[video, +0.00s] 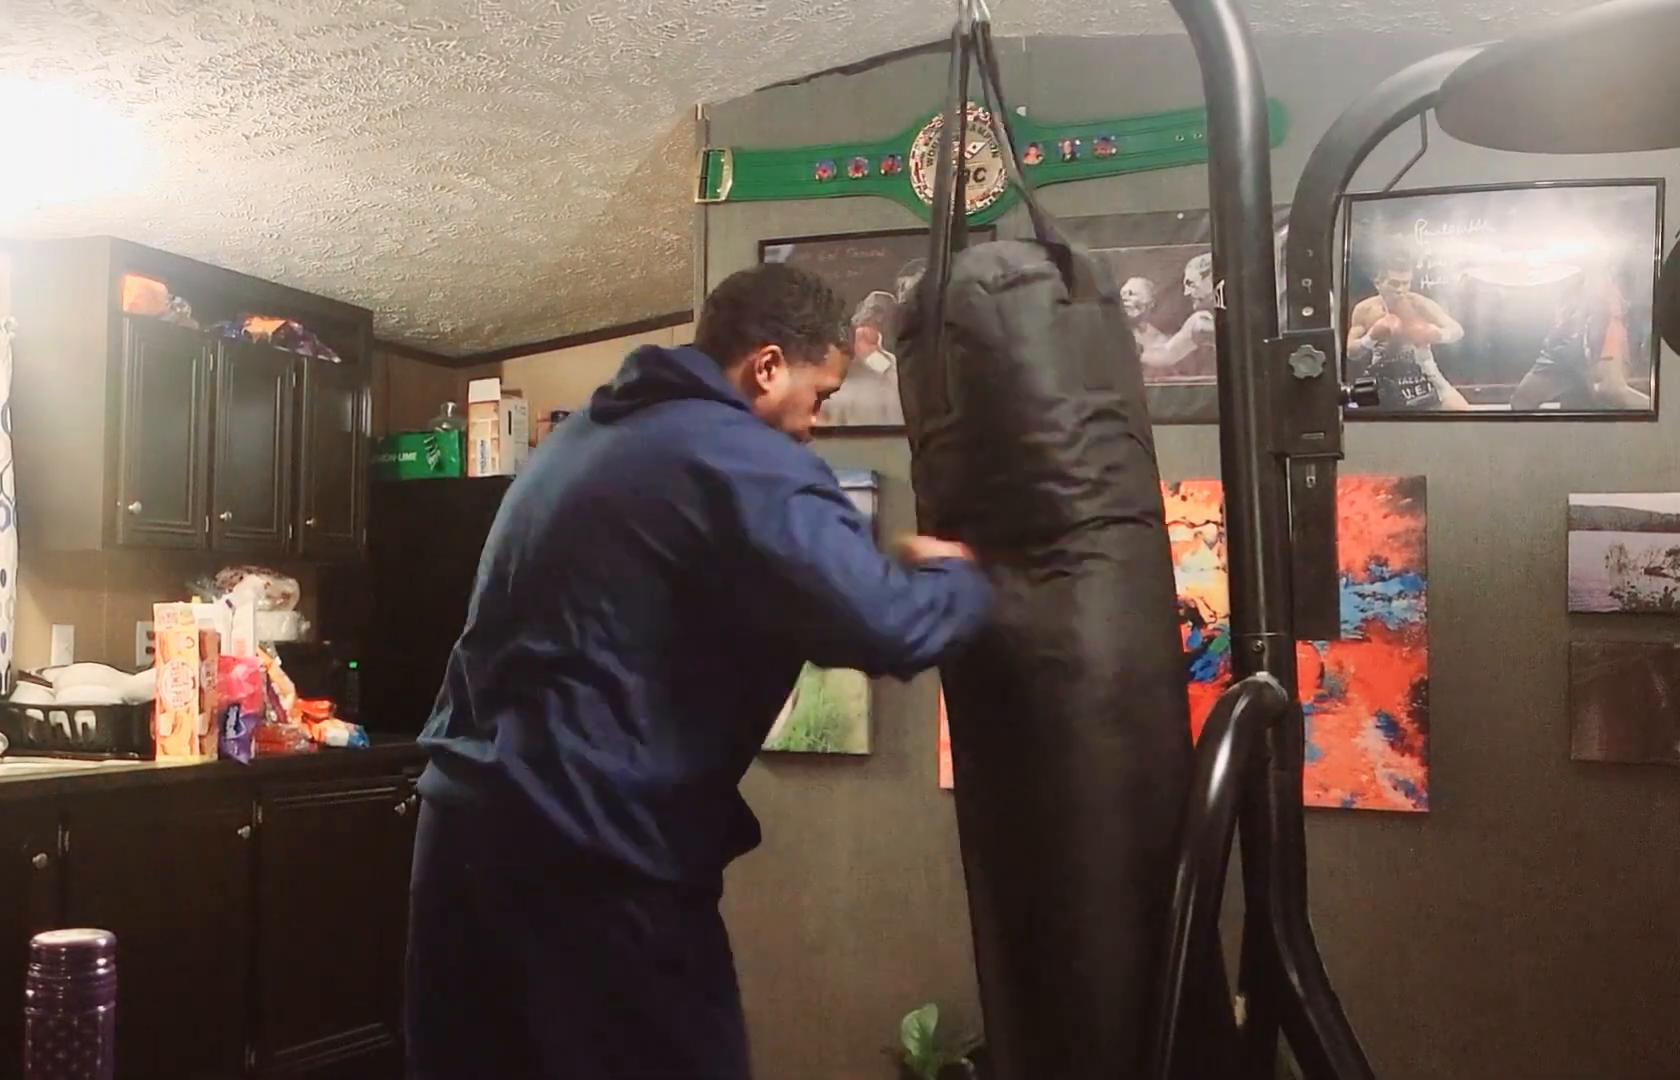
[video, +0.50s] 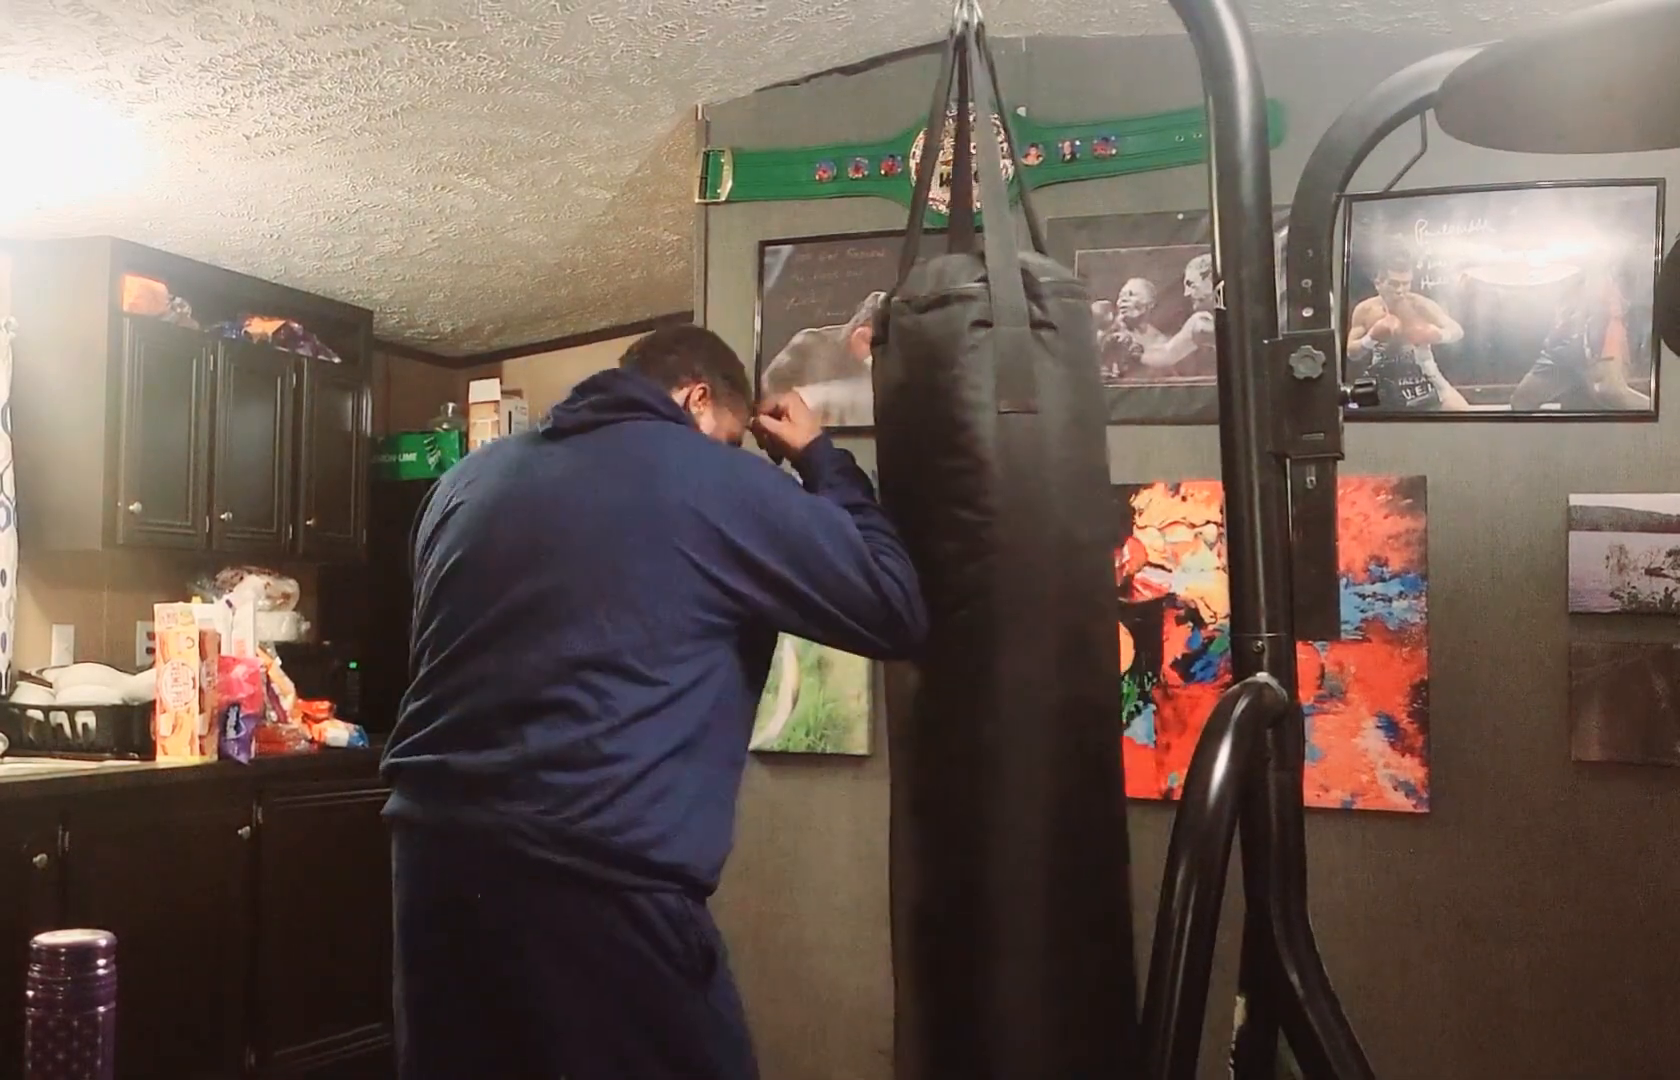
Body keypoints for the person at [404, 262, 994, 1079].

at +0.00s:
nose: (817, 423)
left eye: (829, 402)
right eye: (820, 397)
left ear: (746, 356)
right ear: (765, 368)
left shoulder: (589, 430)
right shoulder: (745, 465)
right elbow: (887, 624)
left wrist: (883, 552)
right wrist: (966, 585)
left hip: (464, 827)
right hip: (612, 859)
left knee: (472, 1063)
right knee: (673, 1064)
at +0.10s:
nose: (795, 419)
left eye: (803, 401)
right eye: (797, 395)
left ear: (684, 355)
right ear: (752, 365)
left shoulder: (551, 443)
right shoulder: (709, 459)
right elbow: (860, 647)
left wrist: (785, 505)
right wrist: (852, 530)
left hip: (465, 833)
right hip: (617, 858)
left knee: (471, 1064)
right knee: (671, 1063)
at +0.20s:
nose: (753, 434)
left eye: (762, 419)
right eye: (759, 414)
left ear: (651, 366)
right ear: (725, 373)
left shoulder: (512, 459)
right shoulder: (701, 467)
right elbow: (882, 641)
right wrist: (834, 469)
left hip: (450, 859)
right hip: (615, 878)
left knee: (466, 1066)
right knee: (678, 1064)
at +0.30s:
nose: (734, 443)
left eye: (741, 430)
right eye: (739, 425)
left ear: (621, 378)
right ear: (702, 387)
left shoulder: (475, 472)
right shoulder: (715, 472)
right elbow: (898, 601)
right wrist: (821, 440)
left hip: (437, 861)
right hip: (612, 879)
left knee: (446, 1068)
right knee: (680, 1066)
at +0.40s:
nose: (726, 455)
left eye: (731, 440)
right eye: (729, 436)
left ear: (613, 386)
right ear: (693, 399)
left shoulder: (462, 481)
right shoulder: (716, 477)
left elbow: (444, 651)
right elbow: (900, 605)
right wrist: (826, 446)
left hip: (436, 864)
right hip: (611, 881)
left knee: (444, 1067)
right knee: (685, 1066)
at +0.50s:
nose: (730, 456)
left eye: (736, 444)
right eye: (733, 438)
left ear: (616, 388)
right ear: (695, 399)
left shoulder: (464, 478)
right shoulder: (713, 480)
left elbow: (439, 655)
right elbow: (900, 610)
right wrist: (817, 453)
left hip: (431, 860)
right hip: (607, 878)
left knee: (445, 1068)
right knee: (685, 1066)